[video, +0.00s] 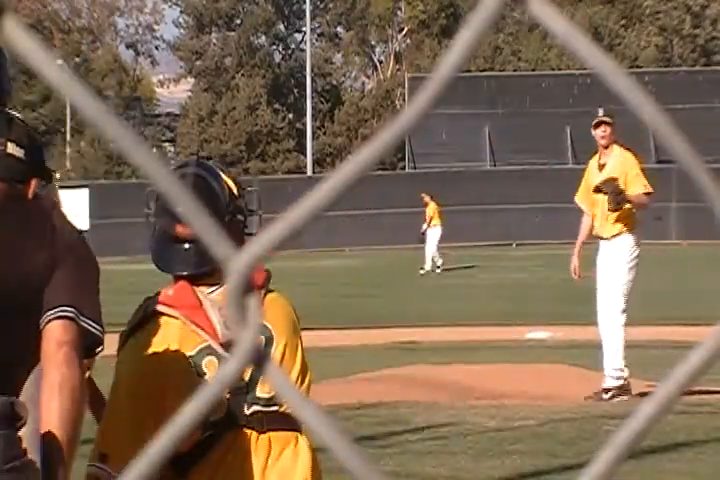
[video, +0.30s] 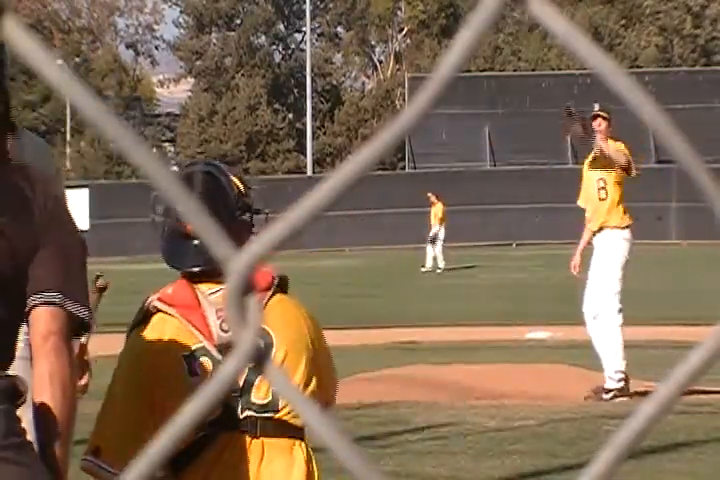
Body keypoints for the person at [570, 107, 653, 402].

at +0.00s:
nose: (603, 132)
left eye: (607, 127)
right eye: (598, 127)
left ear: (614, 131)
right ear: (593, 133)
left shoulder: (625, 158)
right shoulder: (593, 165)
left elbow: (646, 198)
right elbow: (588, 214)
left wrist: (623, 198)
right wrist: (576, 251)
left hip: (623, 240)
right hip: (604, 242)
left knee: (614, 308)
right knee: (603, 309)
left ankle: (617, 377)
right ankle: (612, 376)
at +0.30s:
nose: (598, 124)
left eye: (602, 120)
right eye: (595, 120)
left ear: (609, 125)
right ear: (590, 125)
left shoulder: (618, 148)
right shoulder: (588, 163)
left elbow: (623, 162)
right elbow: (592, 212)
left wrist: (603, 148)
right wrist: (579, 250)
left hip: (616, 232)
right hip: (598, 235)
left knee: (607, 304)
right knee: (591, 306)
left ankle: (617, 376)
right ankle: (613, 374)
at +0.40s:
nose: (599, 130)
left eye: (604, 124)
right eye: (597, 125)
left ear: (608, 129)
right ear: (593, 131)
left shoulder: (606, 156)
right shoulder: (589, 164)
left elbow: (611, 137)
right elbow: (590, 214)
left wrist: (593, 116)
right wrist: (578, 251)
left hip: (612, 233)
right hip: (598, 234)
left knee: (600, 307)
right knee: (590, 308)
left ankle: (616, 378)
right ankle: (612, 377)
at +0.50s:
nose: (592, 121)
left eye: (597, 118)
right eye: (593, 117)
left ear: (602, 123)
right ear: (592, 124)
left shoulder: (600, 148)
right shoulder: (590, 158)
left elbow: (598, 112)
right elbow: (591, 206)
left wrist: (581, 80)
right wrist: (582, 240)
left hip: (605, 226)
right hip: (596, 228)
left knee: (600, 299)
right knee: (597, 299)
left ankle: (612, 373)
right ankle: (610, 372)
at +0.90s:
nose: (573, 119)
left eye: (577, 115)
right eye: (574, 115)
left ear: (590, 118)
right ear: (602, 121)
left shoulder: (584, 133)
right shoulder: (615, 152)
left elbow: (561, 110)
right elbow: (630, 199)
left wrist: (547, 91)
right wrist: (609, 221)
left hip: (588, 223)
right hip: (610, 225)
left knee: (592, 296)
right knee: (608, 296)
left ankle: (603, 370)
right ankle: (609, 366)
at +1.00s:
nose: (580, 126)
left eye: (581, 122)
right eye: (581, 123)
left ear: (586, 122)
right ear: (603, 125)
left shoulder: (576, 133)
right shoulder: (617, 153)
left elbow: (538, 124)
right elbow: (627, 202)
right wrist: (613, 227)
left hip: (586, 224)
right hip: (610, 226)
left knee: (582, 296)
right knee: (607, 296)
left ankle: (599, 366)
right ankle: (611, 366)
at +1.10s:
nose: (579, 132)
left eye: (580, 129)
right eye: (581, 129)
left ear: (584, 128)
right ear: (599, 129)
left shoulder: (572, 145)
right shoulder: (616, 154)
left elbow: (547, 160)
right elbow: (624, 202)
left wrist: (539, 171)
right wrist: (617, 236)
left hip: (582, 225)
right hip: (609, 227)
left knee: (572, 298)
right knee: (606, 300)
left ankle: (591, 364)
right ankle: (610, 365)